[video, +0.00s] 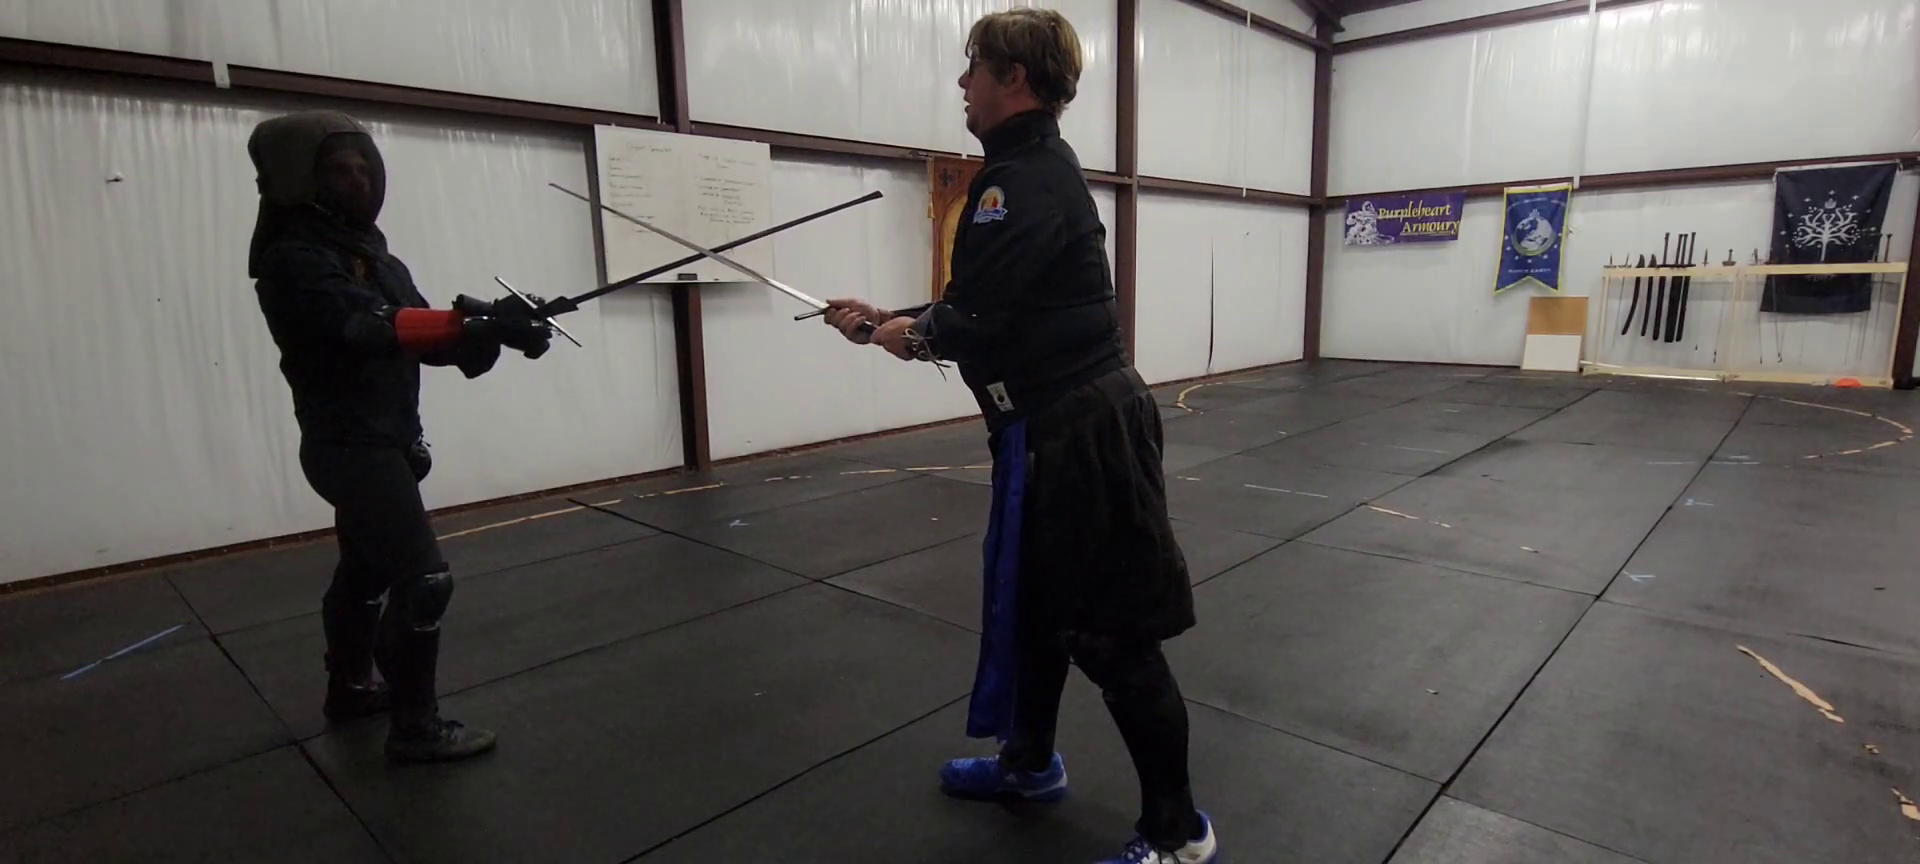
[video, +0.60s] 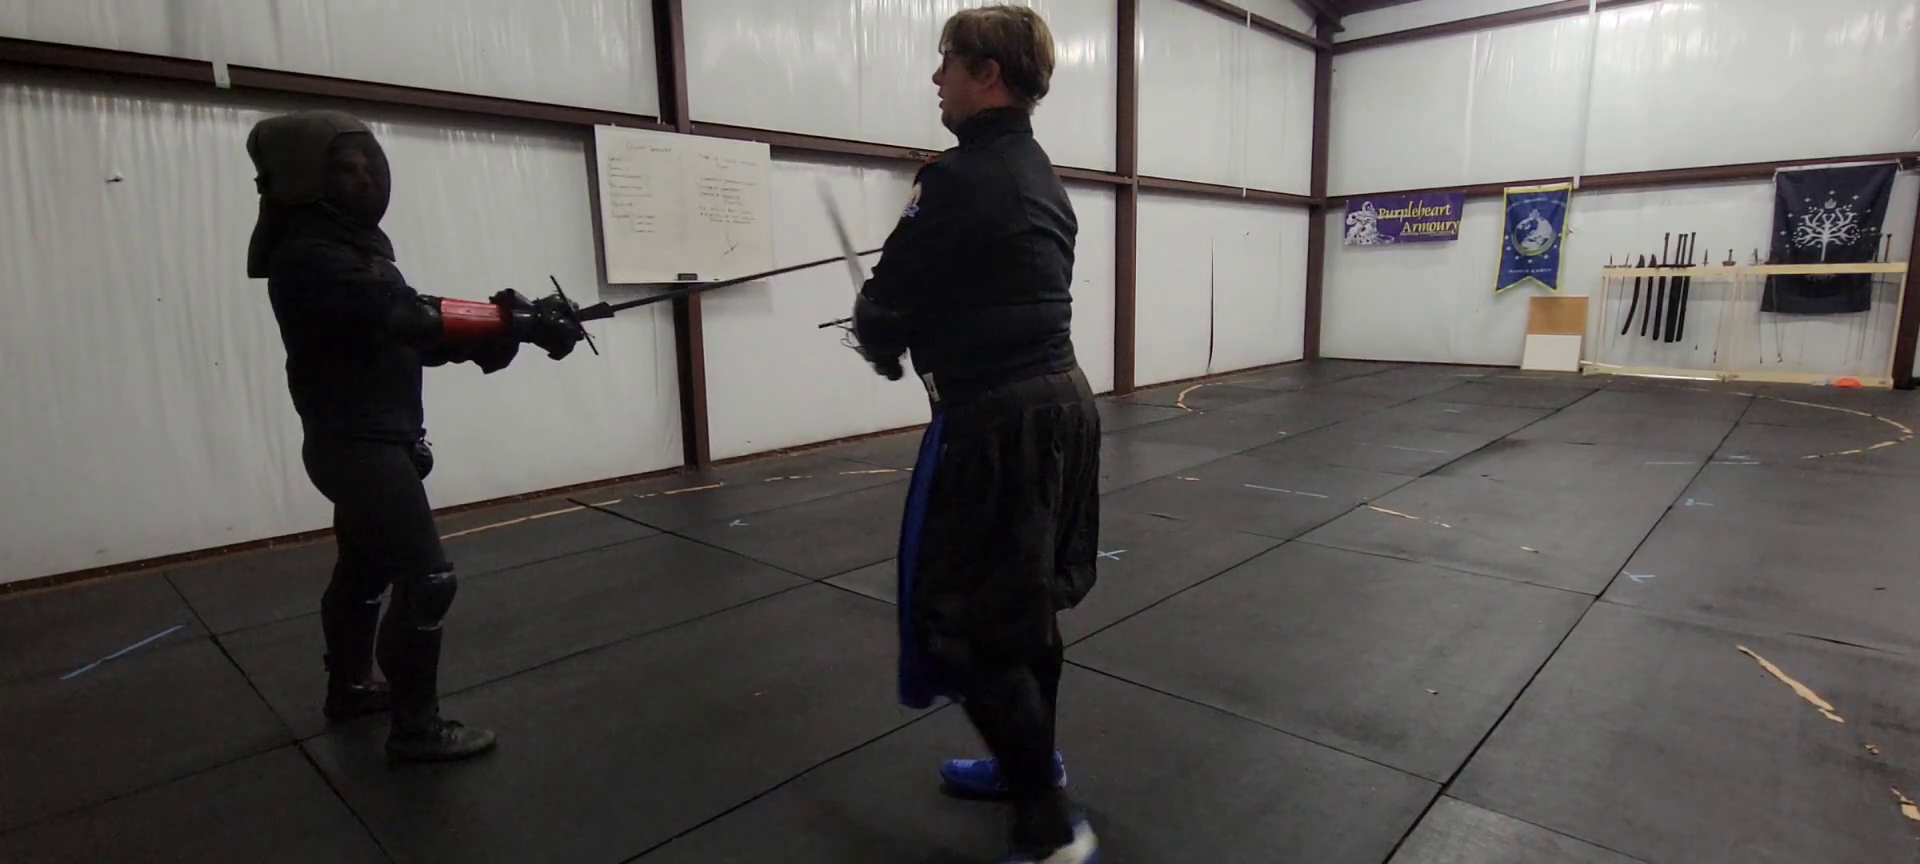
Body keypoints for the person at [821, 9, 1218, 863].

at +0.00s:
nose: (963, 84)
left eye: (976, 70)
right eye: (968, 69)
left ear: (1017, 82)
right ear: (1025, 83)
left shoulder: (1023, 181)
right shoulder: (1030, 167)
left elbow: (981, 322)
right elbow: (975, 300)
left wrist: (903, 334)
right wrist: (891, 319)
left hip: (1082, 423)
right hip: (1052, 420)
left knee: (1111, 629)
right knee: (1034, 599)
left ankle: (1176, 829)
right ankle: (1028, 760)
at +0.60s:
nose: (935, 76)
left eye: (948, 63)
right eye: (940, 62)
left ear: (989, 76)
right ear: (1006, 82)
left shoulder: (959, 181)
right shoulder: (1042, 175)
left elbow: (888, 305)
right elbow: (1006, 288)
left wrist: (881, 340)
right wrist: (915, 318)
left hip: (994, 424)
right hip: (1065, 406)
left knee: (970, 609)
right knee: (1027, 593)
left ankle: (1049, 827)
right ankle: (1022, 759)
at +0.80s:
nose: (900, 78)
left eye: (912, 64)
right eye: (905, 63)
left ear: (953, 76)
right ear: (971, 81)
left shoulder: (929, 186)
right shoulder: (1008, 177)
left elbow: (858, 310)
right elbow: (966, 298)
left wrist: (822, 333)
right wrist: (865, 317)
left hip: (960, 432)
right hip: (1036, 414)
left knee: (906, 639)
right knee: (996, 594)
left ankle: (872, 841)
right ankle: (1026, 761)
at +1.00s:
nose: (857, 75)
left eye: (867, 59)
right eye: (861, 59)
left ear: (905, 69)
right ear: (932, 75)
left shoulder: (863, 174)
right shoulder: (972, 169)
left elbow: (772, 283)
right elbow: (839, 238)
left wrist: (722, 267)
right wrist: (734, 249)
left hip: (901, 432)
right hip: (1009, 418)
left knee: (843, 648)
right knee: (1013, 602)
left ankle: (844, 847)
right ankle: (1027, 763)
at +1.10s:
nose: (818, 72)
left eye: (828, 57)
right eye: (822, 57)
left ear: (864, 63)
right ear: (905, 66)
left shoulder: (812, 168)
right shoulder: (943, 156)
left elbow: (746, 280)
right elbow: (814, 197)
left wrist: (716, 239)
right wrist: (714, 208)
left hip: (877, 435)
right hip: (996, 417)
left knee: (836, 674)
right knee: (1018, 642)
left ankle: (840, 853)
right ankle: (1061, 824)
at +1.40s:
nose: (770, 68)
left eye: (771, 47)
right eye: (771, 48)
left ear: (793, 46)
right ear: (875, 47)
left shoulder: (746, 176)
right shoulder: (936, 146)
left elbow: (741, 314)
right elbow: (949, 273)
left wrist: (849, 278)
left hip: (843, 450)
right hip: (979, 428)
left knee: (817, 703)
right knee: (1029, 705)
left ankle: (835, 855)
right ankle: (1088, 848)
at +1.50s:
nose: (774, 71)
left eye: (773, 51)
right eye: (773, 51)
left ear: (794, 49)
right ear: (880, 48)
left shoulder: (745, 189)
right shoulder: (955, 153)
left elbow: (760, 337)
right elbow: (965, 290)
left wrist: (832, 414)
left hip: (848, 467)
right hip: (985, 444)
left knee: (813, 711)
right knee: (1034, 722)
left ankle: (834, 854)